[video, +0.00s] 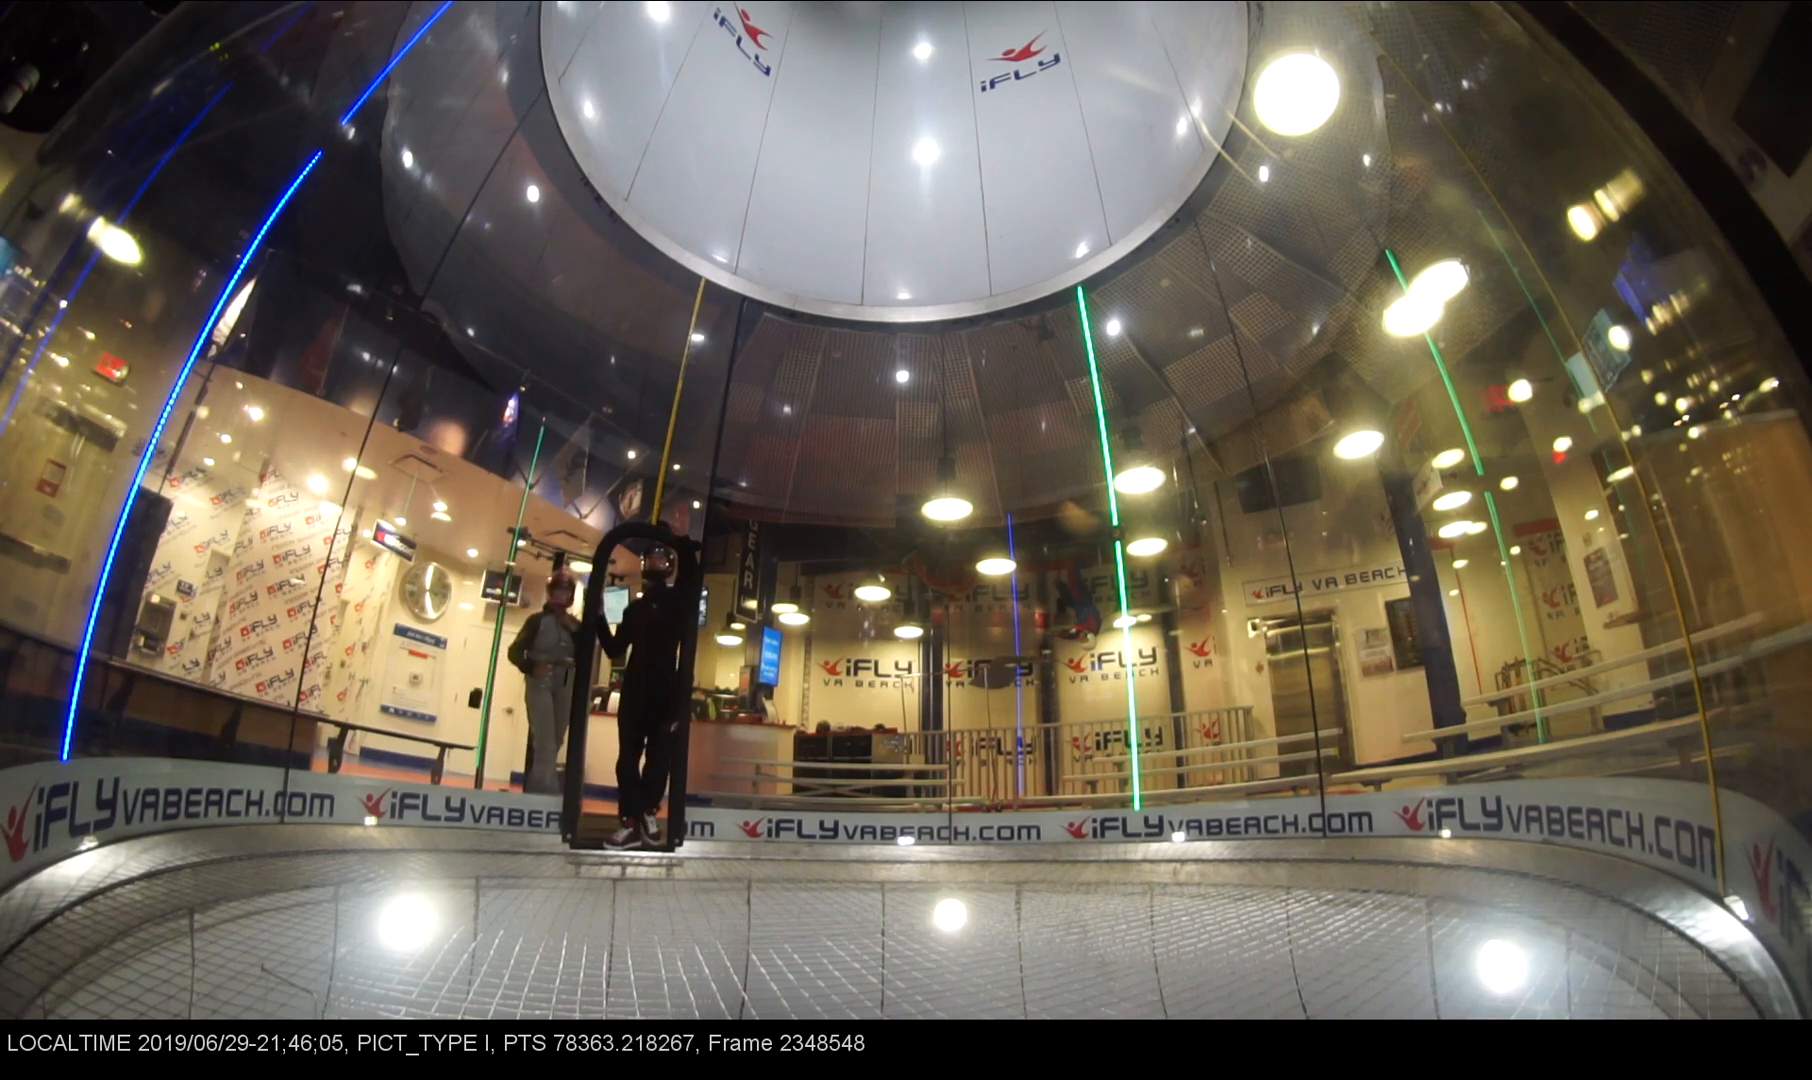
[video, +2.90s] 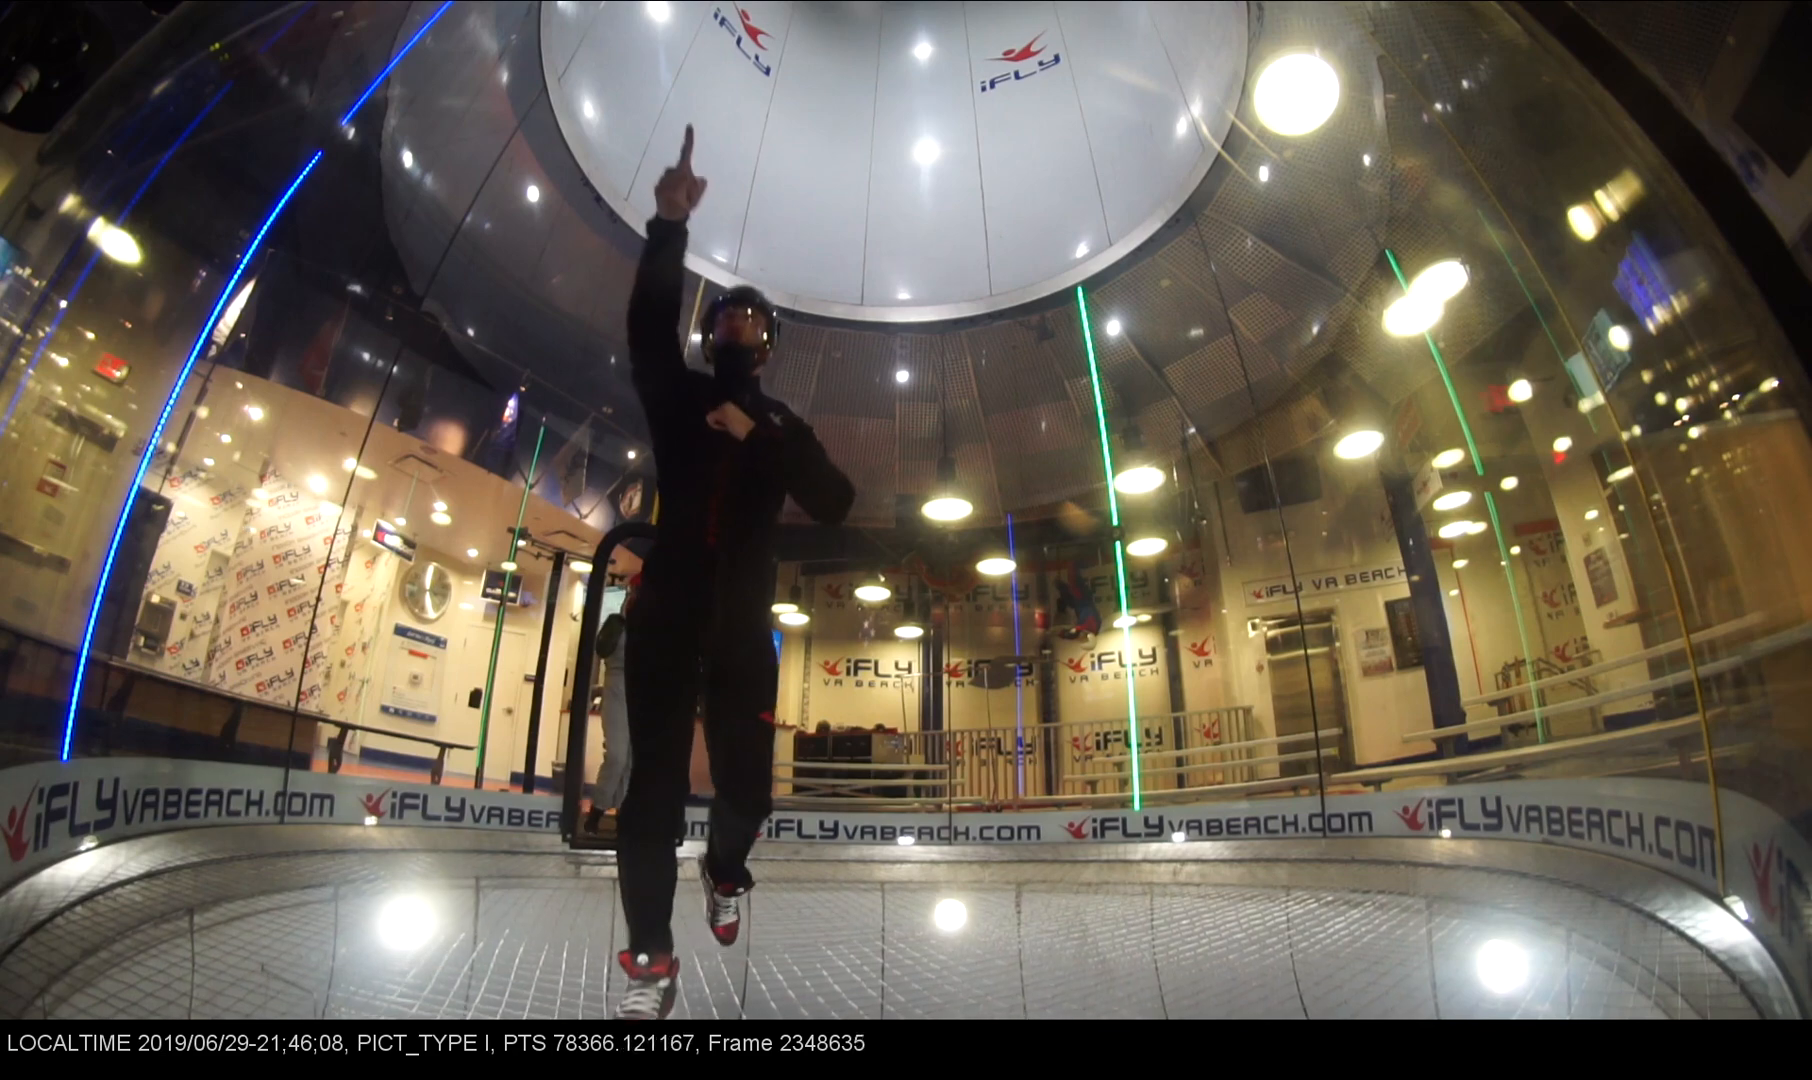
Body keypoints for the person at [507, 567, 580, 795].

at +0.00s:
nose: (560, 595)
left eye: (565, 590)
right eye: (557, 589)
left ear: (571, 596)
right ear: (550, 591)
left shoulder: (575, 625)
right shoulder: (537, 620)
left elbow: (587, 653)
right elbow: (514, 651)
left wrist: (574, 629)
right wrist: (531, 667)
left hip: (566, 681)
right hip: (540, 679)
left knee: (555, 740)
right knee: (545, 741)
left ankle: (536, 794)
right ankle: (547, 798)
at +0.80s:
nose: (572, 596)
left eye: (576, 592)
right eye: (569, 591)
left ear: (581, 597)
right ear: (559, 593)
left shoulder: (579, 627)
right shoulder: (546, 620)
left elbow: (589, 660)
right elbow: (519, 648)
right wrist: (534, 669)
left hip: (570, 685)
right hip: (546, 682)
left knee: (560, 739)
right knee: (549, 740)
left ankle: (541, 791)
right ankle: (544, 794)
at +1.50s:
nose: (583, 597)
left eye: (587, 593)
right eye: (579, 592)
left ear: (592, 596)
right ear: (570, 593)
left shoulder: (591, 623)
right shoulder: (557, 618)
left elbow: (598, 662)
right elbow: (533, 646)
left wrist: (594, 635)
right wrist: (556, 642)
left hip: (581, 690)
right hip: (555, 686)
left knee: (562, 737)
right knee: (561, 735)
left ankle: (545, 786)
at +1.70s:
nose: (588, 597)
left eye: (592, 592)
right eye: (585, 590)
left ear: (595, 596)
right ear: (575, 592)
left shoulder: (592, 625)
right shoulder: (563, 617)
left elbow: (618, 645)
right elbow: (552, 634)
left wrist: (614, 616)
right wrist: (570, 607)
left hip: (584, 688)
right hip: (562, 686)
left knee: (568, 739)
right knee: (565, 737)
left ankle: (548, 786)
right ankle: (573, 793)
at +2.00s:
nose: (605, 601)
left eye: (609, 596)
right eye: (601, 595)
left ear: (611, 601)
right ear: (590, 595)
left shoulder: (611, 627)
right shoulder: (574, 619)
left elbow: (634, 634)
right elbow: (583, 617)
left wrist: (622, 602)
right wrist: (598, 590)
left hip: (602, 695)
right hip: (579, 692)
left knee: (596, 755)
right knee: (582, 754)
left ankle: (567, 796)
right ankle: (577, 810)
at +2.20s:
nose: (614, 596)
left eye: (618, 592)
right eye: (610, 590)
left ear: (622, 598)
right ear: (598, 592)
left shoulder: (621, 626)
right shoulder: (586, 619)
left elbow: (641, 643)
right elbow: (581, 624)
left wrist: (633, 611)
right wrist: (597, 602)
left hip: (613, 691)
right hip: (589, 690)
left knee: (614, 752)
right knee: (586, 750)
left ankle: (594, 800)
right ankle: (581, 807)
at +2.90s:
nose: (633, 602)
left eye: (638, 598)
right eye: (632, 596)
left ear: (644, 603)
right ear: (628, 599)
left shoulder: (650, 626)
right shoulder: (617, 622)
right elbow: (602, 650)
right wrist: (619, 620)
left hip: (640, 690)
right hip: (617, 688)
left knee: (633, 756)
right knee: (617, 754)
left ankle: (622, 810)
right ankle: (597, 809)